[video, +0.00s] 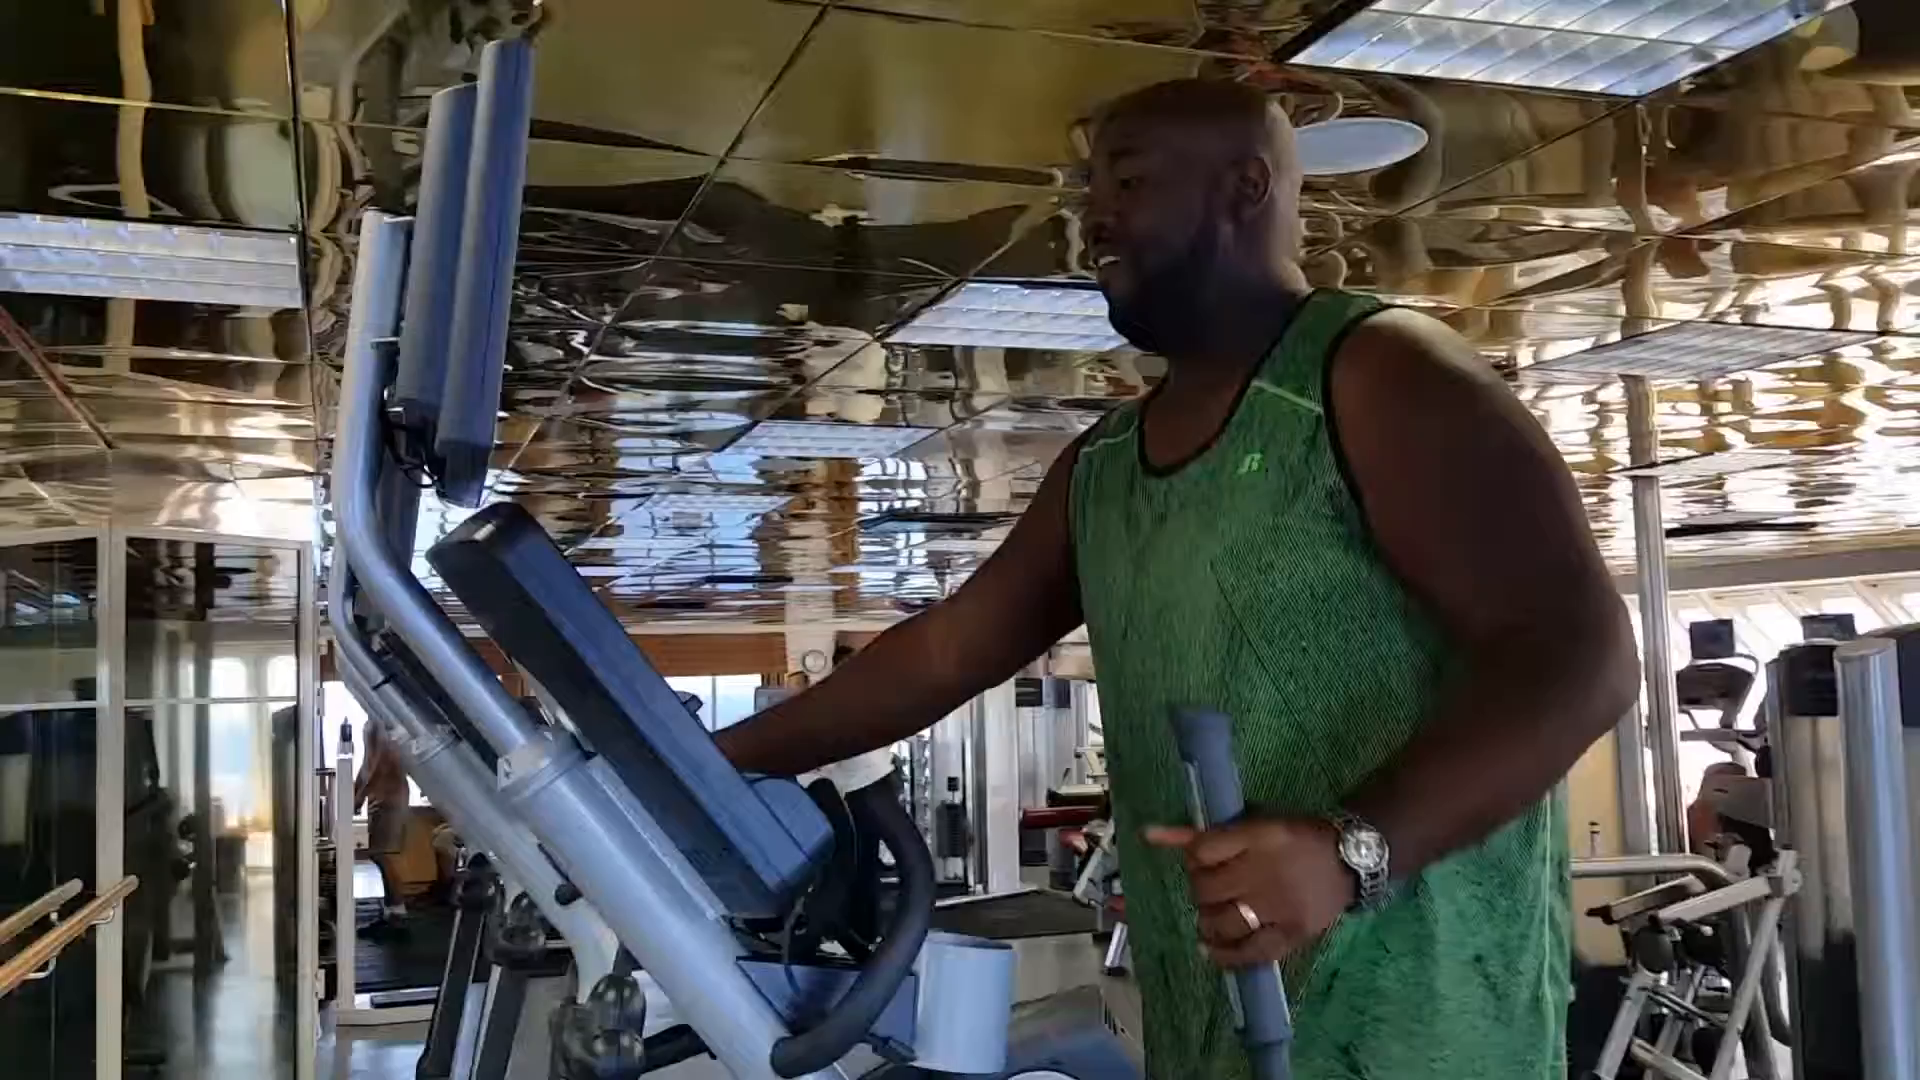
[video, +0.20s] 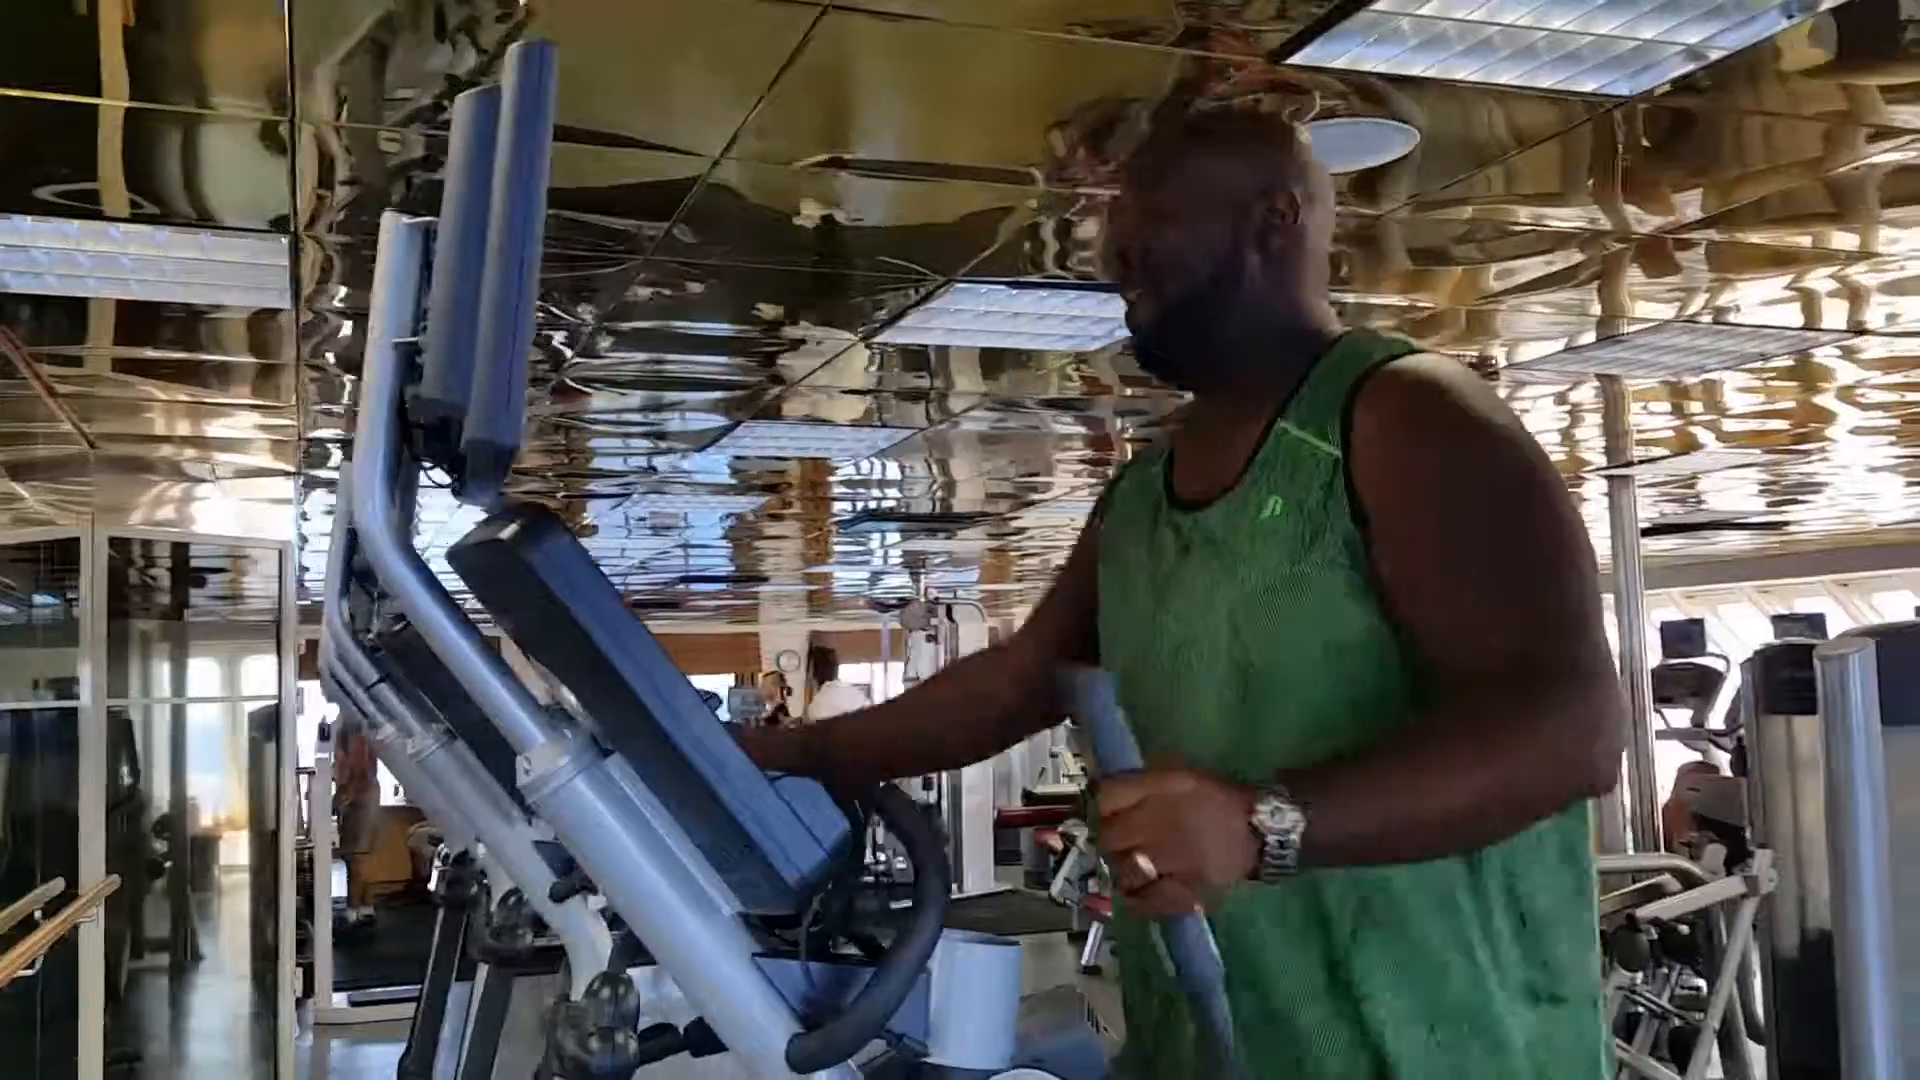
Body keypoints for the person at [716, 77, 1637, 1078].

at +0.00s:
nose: (1092, 212)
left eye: (1124, 174)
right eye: (1092, 186)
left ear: (1244, 194)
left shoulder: (1382, 369)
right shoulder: (1102, 466)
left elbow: (1578, 652)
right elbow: (936, 655)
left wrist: (1355, 853)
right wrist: (709, 763)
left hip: (1421, 1017)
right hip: (1199, 1022)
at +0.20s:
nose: (1111, 249)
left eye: (1143, 210)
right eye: (1111, 219)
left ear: (1273, 226)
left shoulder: (1423, 423)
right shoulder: (1143, 489)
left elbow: (1567, 719)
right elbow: (1024, 681)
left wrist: (1266, 826)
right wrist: (798, 751)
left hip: (1448, 1045)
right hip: (1195, 1046)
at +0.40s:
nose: (1119, 309)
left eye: (1157, 271)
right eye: (1121, 278)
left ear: (1281, 277)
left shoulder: (1422, 463)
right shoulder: (1177, 504)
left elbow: (1404, 761)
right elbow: (1158, 705)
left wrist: (1077, 797)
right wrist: (1001, 783)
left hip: (1423, 1042)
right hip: (1206, 1038)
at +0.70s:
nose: (1057, 259)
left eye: (1088, 215)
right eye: (1052, 229)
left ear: (1208, 206)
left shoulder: (1352, 370)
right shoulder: (1139, 437)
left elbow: (1297, 614)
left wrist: (1024, 777)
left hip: (1421, 1002)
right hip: (1232, 1001)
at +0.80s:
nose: (1070, 290)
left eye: (1098, 246)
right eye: (1069, 259)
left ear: (1214, 249)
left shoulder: (1366, 415)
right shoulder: (1127, 474)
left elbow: (1357, 681)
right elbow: (1132, 679)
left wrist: (1092, 786)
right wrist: (988, 776)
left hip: (1408, 1006)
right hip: (1221, 1008)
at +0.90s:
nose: (1087, 329)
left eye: (1115, 289)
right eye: (1081, 298)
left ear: (1232, 285)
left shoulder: (1388, 454)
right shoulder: (1122, 529)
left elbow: (1466, 733)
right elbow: (1068, 748)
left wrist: (1204, 803)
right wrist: (885, 768)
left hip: (1414, 1020)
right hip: (1214, 1026)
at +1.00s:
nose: (1103, 328)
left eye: (1130, 285)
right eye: (1097, 298)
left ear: (1250, 285)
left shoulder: (1414, 461)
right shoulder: (1129, 533)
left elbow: (1568, 739)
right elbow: (1038, 732)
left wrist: (1327, 835)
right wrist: (818, 755)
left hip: (1426, 1009)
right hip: (1221, 1014)